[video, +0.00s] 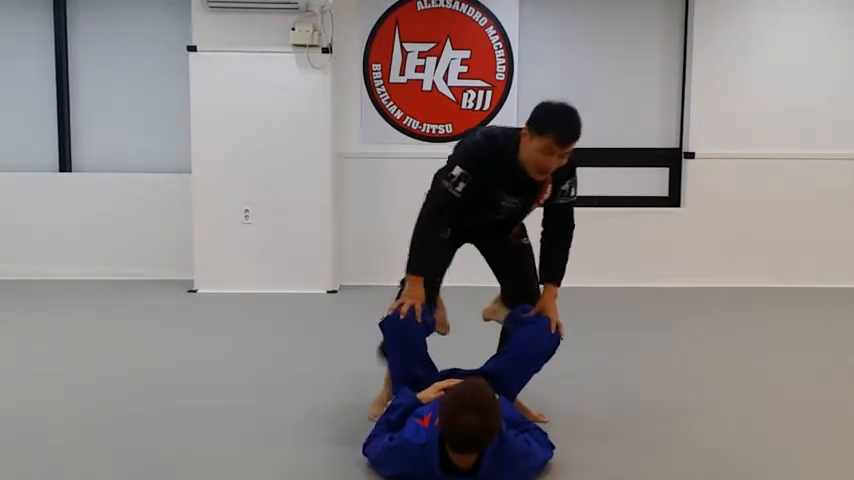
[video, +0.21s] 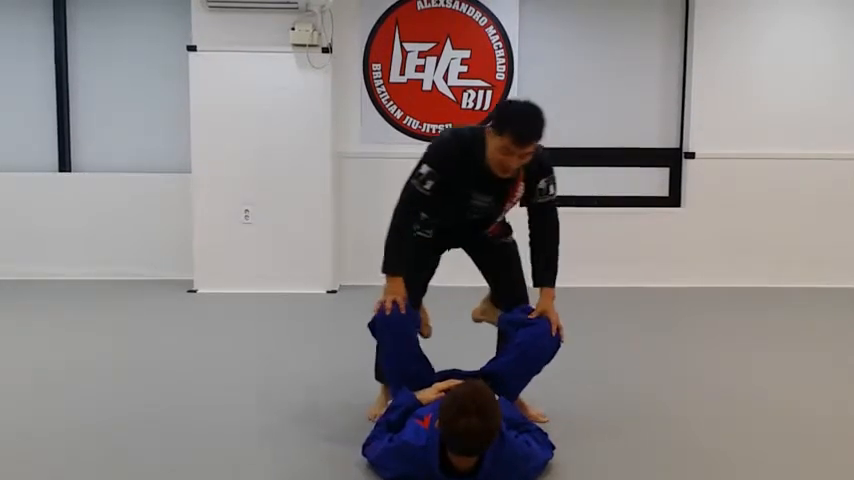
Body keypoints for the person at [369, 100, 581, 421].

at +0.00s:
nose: (553, 164)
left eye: (562, 156)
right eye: (546, 153)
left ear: (570, 150)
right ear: (525, 135)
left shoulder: (563, 168)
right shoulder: (481, 148)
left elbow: (559, 228)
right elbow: (435, 211)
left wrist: (550, 293)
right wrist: (415, 282)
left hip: (502, 229)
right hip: (450, 223)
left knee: (529, 306)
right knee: (413, 305)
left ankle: (504, 392)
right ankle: (394, 385)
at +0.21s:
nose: (514, 163)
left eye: (523, 156)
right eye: (507, 153)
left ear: (533, 147)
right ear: (490, 134)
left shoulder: (535, 166)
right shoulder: (450, 148)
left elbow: (545, 229)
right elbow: (405, 211)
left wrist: (547, 297)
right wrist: (394, 279)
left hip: (487, 230)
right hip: (431, 228)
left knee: (518, 309)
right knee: (400, 307)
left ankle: (508, 394)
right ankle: (389, 389)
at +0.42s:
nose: (484, 173)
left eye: (494, 167)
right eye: (478, 164)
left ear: (508, 157)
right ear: (465, 143)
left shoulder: (519, 166)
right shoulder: (429, 153)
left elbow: (532, 227)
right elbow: (389, 216)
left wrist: (537, 297)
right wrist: (380, 285)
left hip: (479, 232)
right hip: (422, 232)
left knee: (512, 306)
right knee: (395, 310)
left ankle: (507, 393)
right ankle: (388, 390)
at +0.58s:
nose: (480, 176)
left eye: (489, 170)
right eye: (473, 166)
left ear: (504, 158)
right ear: (460, 148)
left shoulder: (516, 165)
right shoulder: (427, 154)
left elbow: (531, 226)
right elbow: (387, 216)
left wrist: (537, 296)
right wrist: (381, 284)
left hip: (478, 233)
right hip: (421, 233)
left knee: (513, 306)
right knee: (401, 311)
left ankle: (507, 392)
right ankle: (388, 392)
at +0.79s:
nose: (487, 175)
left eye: (497, 169)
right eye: (481, 166)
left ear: (512, 158)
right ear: (469, 144)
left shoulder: (522, 164)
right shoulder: (434, 152)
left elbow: (535, 227)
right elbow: (394, 214)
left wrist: (540, 297)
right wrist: (387, 281)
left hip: (482, 234)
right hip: (426, 233)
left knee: (516, 308)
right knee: (403, 311)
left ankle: (507, 393)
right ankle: (390, 392)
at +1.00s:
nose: (498, 174)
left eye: (508, 169)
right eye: (492, 165)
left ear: (522, 159)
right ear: (479, 142)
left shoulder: (530, 165)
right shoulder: (444, 150)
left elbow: (541, 226)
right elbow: (402, 211)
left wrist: (545, 297)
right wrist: (391, 280)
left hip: (486, 234)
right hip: (431, 232)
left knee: (520, 309)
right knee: (409, 310)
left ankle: (508, 394)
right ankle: (390, 392)